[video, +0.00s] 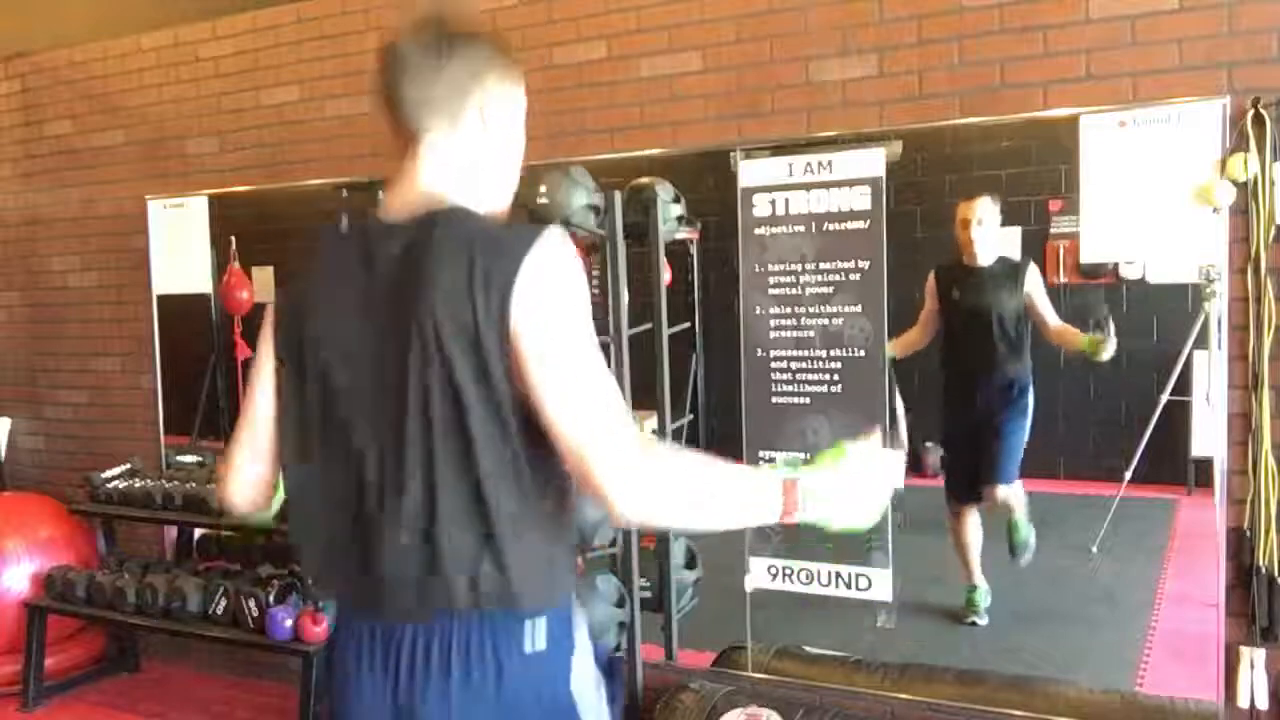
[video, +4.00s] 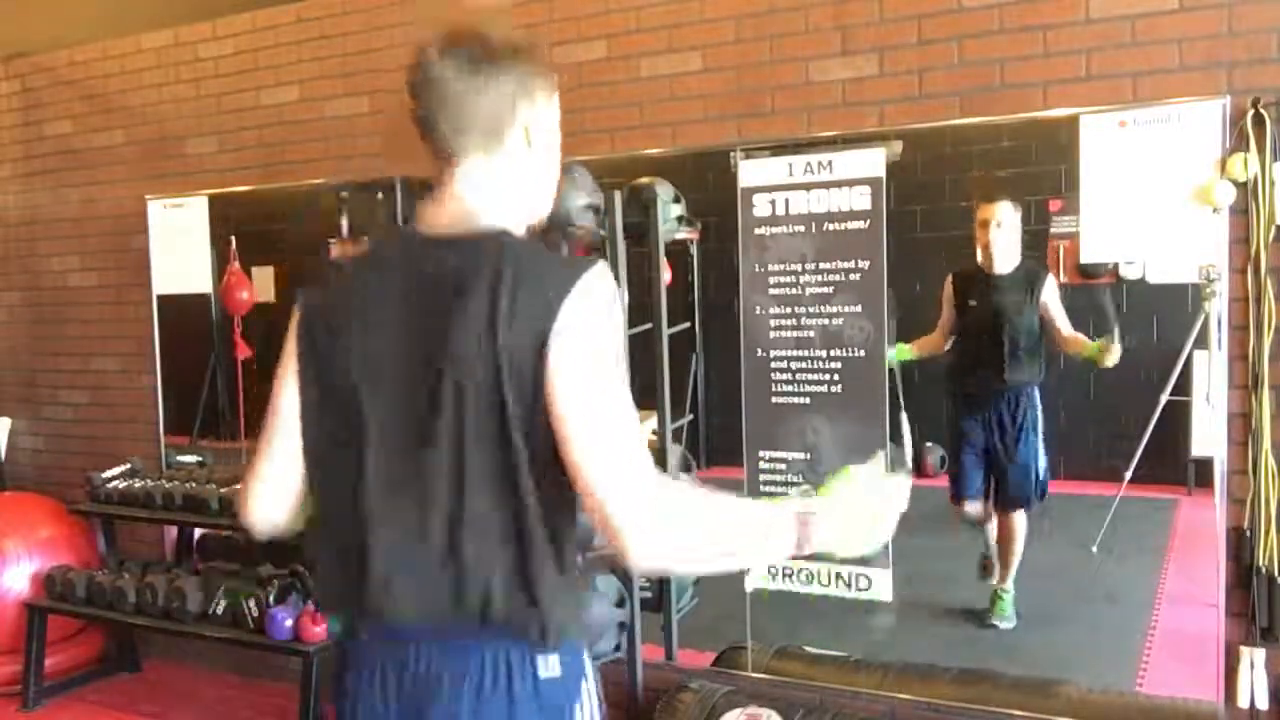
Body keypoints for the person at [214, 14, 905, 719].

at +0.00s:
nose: (521, 147)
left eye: (519, 120)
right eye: (517, 120)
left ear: (401, 123)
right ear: (489, 118)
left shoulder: (307, 280)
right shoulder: (522, 258)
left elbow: (244, 489)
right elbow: (625, 475)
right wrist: (802, 492)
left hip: (365, 658)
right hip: (516, 659)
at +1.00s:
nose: (563, 79)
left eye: (561, 55)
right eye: (562, 54)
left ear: (435, 54)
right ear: (538, 50)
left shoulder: (329, 207)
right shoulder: (558, 193)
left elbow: (255, 441)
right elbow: (608, 446)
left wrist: (235, 510)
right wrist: (784, 546)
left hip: (356, 566)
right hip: (502, 583)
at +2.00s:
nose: (557, 118)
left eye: (553, 93)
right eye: (553, 93)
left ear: (424, 105)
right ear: (528, 97)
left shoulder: (339, 270)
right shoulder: (557, 247)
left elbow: (282, 478)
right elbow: (632, 472)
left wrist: (393, 434)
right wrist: (810, 502)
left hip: (396, 637)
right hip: (539, 635)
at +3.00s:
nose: (540, 80)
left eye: (538, 57)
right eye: (537, 56)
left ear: (416, 62)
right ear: (517, 57)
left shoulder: (311, 229)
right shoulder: (540, 198)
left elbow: (268, 454)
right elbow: (589, 441)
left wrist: (267, 512)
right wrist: (760, 533)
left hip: (356, 573)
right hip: (504, 582)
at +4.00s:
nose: (562, 156)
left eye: (557, 130)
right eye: (557, 130)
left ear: (436, 136)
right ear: (530, 129)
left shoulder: (326, 302)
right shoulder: (563, 292)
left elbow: (265, 508)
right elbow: (638, 524)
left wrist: (373, 440)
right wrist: (812, 522)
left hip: (373, 665)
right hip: (520, 667)